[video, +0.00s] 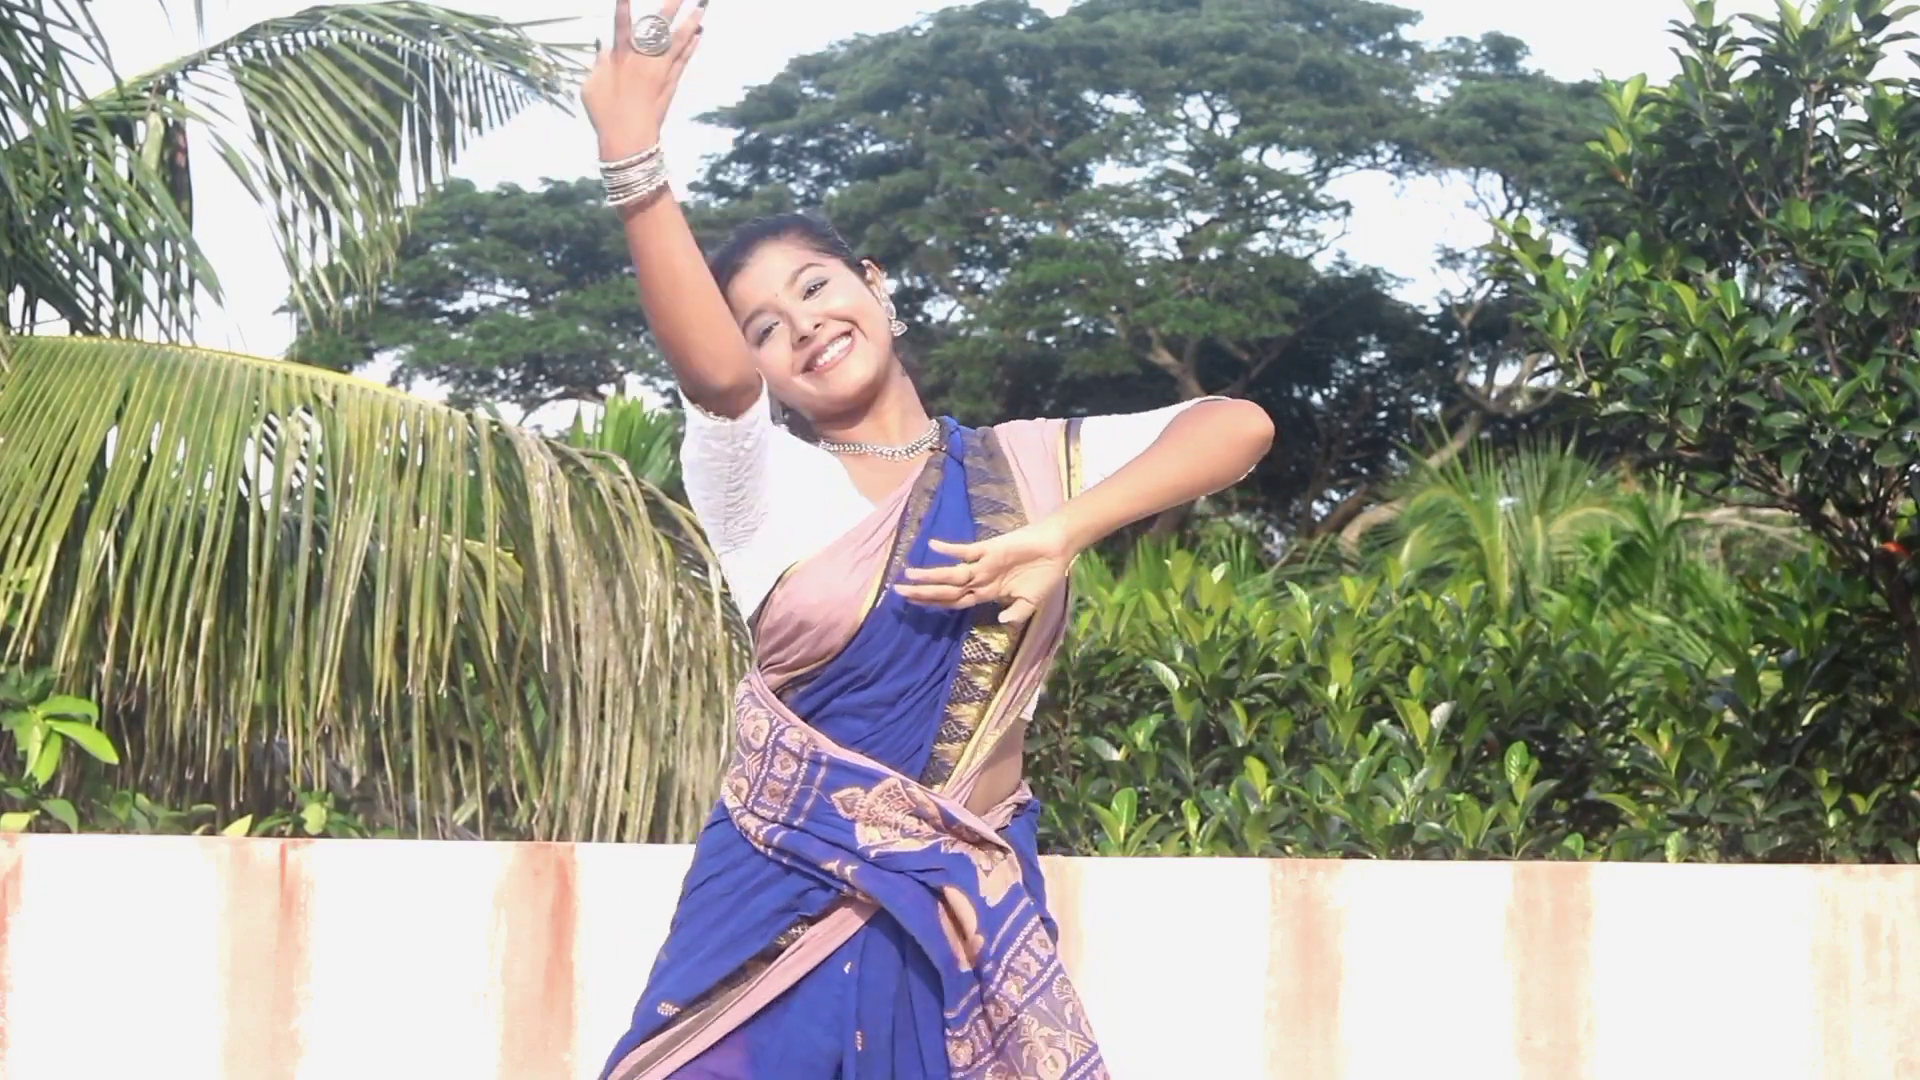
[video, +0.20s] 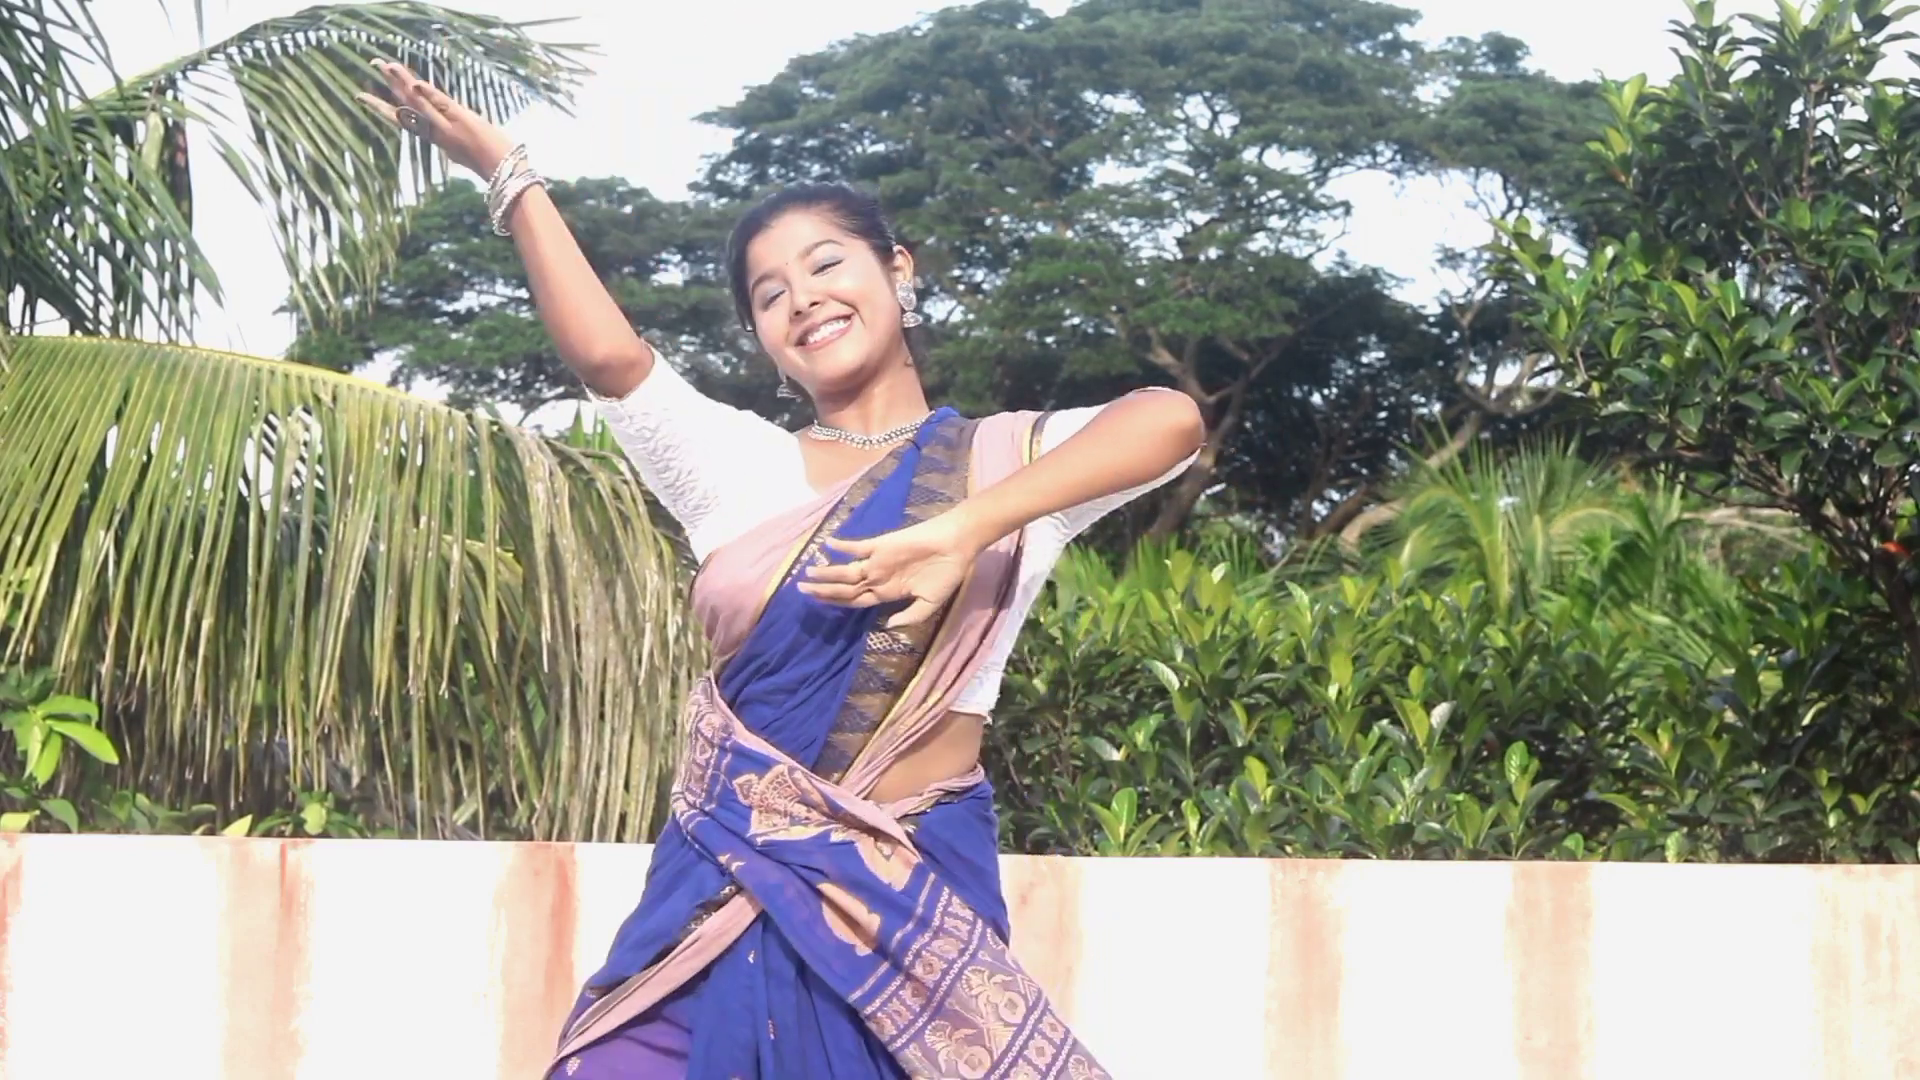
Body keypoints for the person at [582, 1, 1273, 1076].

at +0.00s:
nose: (803, 323)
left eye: (816, 284)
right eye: (766, 326)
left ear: (882, 292)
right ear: (751, 376)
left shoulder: (1024, 461)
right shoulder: (764, 487)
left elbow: (1242, 426)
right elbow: (718, 375)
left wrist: (1067, 529)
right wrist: (632, 157)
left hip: (972, 930)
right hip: (769, 917)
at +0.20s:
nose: (802, 299)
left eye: (828, 262)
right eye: (770, 294)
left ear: (901, 272)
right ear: (759, 343)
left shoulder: (1004, 449)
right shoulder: (742, 466)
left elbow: (1177, 421)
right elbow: (606, 353)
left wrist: (966, 530)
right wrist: (506, 167)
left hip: (912, 877)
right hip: (720, 869)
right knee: (606, 1069)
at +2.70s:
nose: (605, 360)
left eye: (647, 358)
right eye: (593, 317)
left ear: (669, 409)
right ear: (546, 313)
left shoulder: (605, 517)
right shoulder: (399, 476)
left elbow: (520, 413)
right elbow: (174, 474)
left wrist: (535, 159)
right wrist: (230, 539)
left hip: (515, 892)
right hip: (340, 903)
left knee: (620, 1064)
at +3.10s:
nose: (571, 316)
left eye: (604, 293)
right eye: (536, 286)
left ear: (637, 332)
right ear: (479, 314)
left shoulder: (671, 502)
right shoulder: (385, 477)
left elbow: (824, 450)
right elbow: (129, 470)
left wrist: (747, 214)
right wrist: (312, 530)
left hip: (587, 907)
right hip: (386, 908)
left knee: (713, 1067)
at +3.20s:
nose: (562, 309)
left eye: (593, 285)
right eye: (527, 283)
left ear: (633, 322)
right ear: (473, 318)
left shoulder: (688, 501)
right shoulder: (398, 478)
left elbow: (875, 461)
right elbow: (153, 476)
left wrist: (758, 253)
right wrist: (361, 535)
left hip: (606, 915)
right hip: (410, 912)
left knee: (716, 1061)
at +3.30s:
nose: (562, 302)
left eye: (588, 273)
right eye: (522, 280)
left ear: (627, 304)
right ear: (473, 322)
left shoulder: (713, 485)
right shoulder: (437, 467)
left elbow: (946, 474)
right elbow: (248, 487)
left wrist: (803, 344)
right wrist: (483, 541)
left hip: (643, 901)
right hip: (460, 898)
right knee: (451, 1063)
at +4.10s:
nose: (871, 262)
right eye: (866, 240)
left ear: (697, 280)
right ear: (852, 259)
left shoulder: (622, 442)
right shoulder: (952, 439)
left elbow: (485, 475)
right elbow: (1168, 474)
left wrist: (641, 499)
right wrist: (998, 546)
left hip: (696, 866)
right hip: (903, 870)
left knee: (691, 1060)